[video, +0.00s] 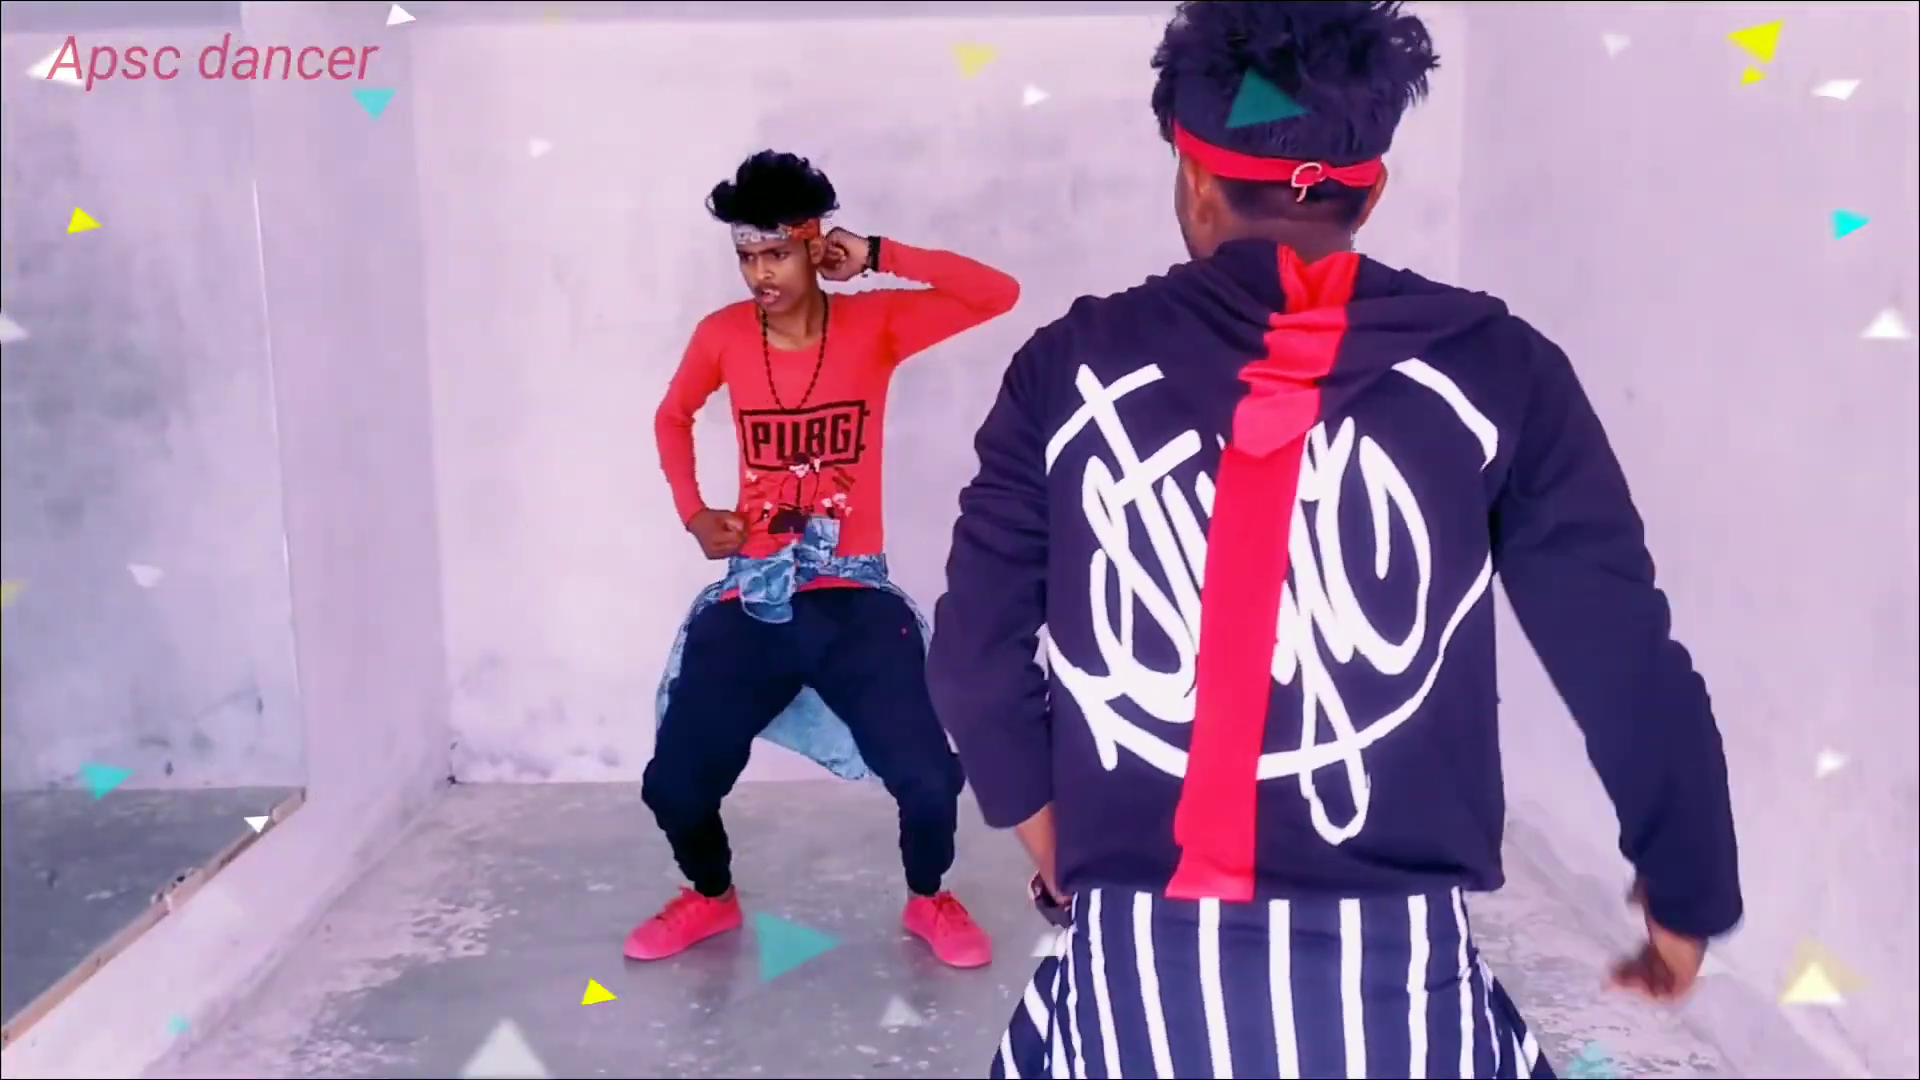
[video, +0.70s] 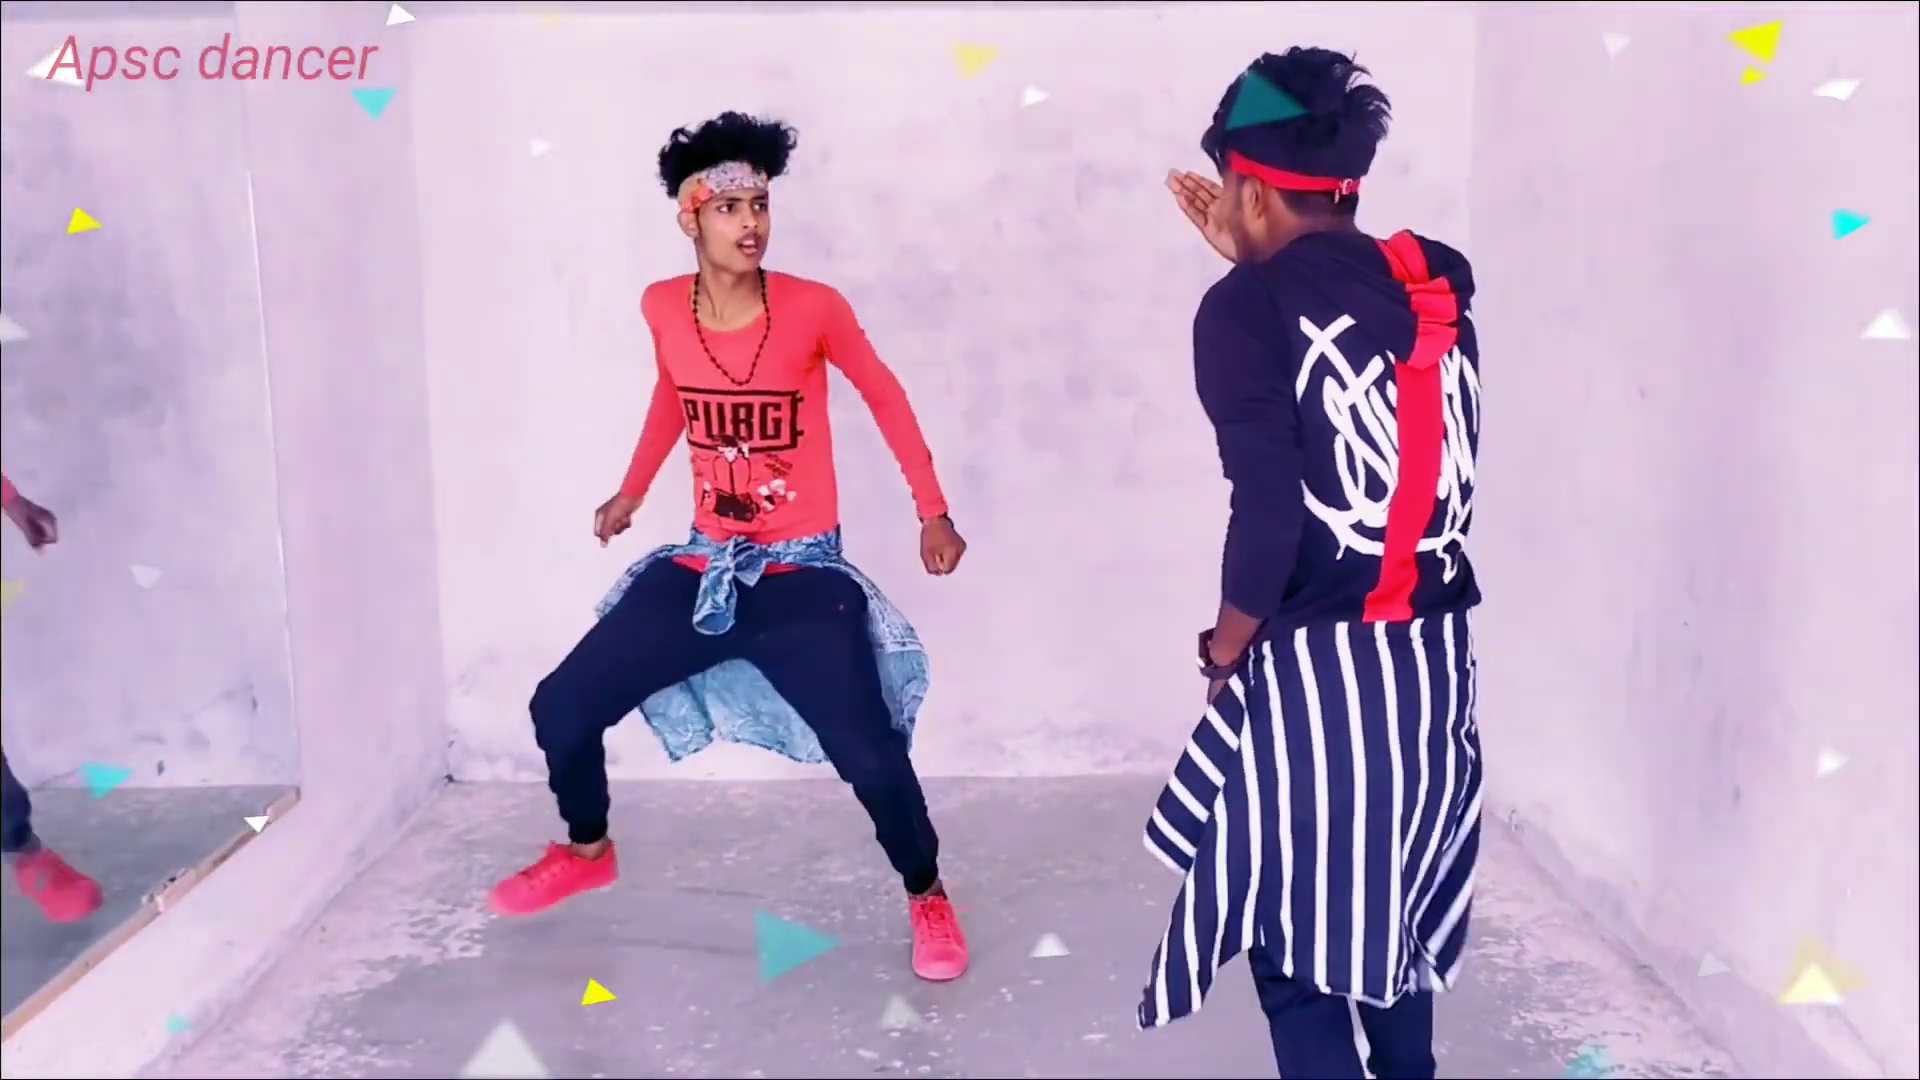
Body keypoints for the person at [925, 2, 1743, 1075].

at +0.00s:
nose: (1181, 191)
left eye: (1179, 170)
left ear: (1191, 176)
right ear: (1375, 194)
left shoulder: (1071, 366)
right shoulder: (1495, 366)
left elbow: (972, 652)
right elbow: (1625, 661)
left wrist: (1037, 811)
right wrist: (1687, 895)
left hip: (1129, 993)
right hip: (1399, 999)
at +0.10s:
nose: (1207, 178)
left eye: (1204, 150)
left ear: (1221, 157)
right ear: (1389, 167)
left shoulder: (1119, 340)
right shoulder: (1520, 326)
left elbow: (1042, 612)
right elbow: (1664, 632)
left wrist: (1104, 757)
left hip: (1181, 946)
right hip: (1434, 953)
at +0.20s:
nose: (1224, 187)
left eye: (1224, 162)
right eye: (1227, 161)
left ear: (1243, 165)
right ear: (1393, 173)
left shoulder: (1155, 338)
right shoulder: (1509, 311)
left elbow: (1109, 593)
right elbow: (1624, 534)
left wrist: (1155, 723)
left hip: (1236, 843)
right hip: (1448, 844)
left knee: (1169, 1055)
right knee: (1469, 1060)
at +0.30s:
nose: (1225, 211)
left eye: (1227, 190)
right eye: (1227, 187)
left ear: (1252, 197)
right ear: (1384, 187)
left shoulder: (1181, 354)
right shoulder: (1496, 309)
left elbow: (1158, 598)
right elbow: (1550, 469)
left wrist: (1193, 720)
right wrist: (1431, 310)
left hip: (1281, 787)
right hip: (1463, 774)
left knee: (1290, 1028)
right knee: (1486, 1025)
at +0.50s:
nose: (1218, 222)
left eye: (1221, 199)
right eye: (1221, 197)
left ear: (1245, 207)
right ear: (1357, 202)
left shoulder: (1210, 344)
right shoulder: (1458, 308)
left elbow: (1215, 531)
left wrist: (1218, 665)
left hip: (1302, 722)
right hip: (1449, 714)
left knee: (1320, 988)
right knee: (1472, 970)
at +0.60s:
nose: (1222, 218)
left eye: (1223, 196)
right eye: (1222, 194)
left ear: (1246, 196)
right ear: (1351, 194)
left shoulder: (1226, 322)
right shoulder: (1443, 296)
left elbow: (1242, 518)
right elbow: (1460, 480)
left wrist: (1226, 636)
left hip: (1305, 682)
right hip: (1440, 677)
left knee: (1302, 960)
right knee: (1414, 956)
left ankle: (1319, 1067)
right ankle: (1417, 1064)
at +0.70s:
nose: (1225, 203)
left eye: (1226, 182)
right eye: (1222, 184)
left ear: (1251, 187)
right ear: (1347, 182)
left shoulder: (1249, 304)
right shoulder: (1432, 284)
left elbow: (1273, 504)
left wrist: (1232, 632)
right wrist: (1258, 260)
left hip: (1310, 681)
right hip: (1432, 671)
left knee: (1291, 957)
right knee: (1394, 945)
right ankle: (1408, 1068)